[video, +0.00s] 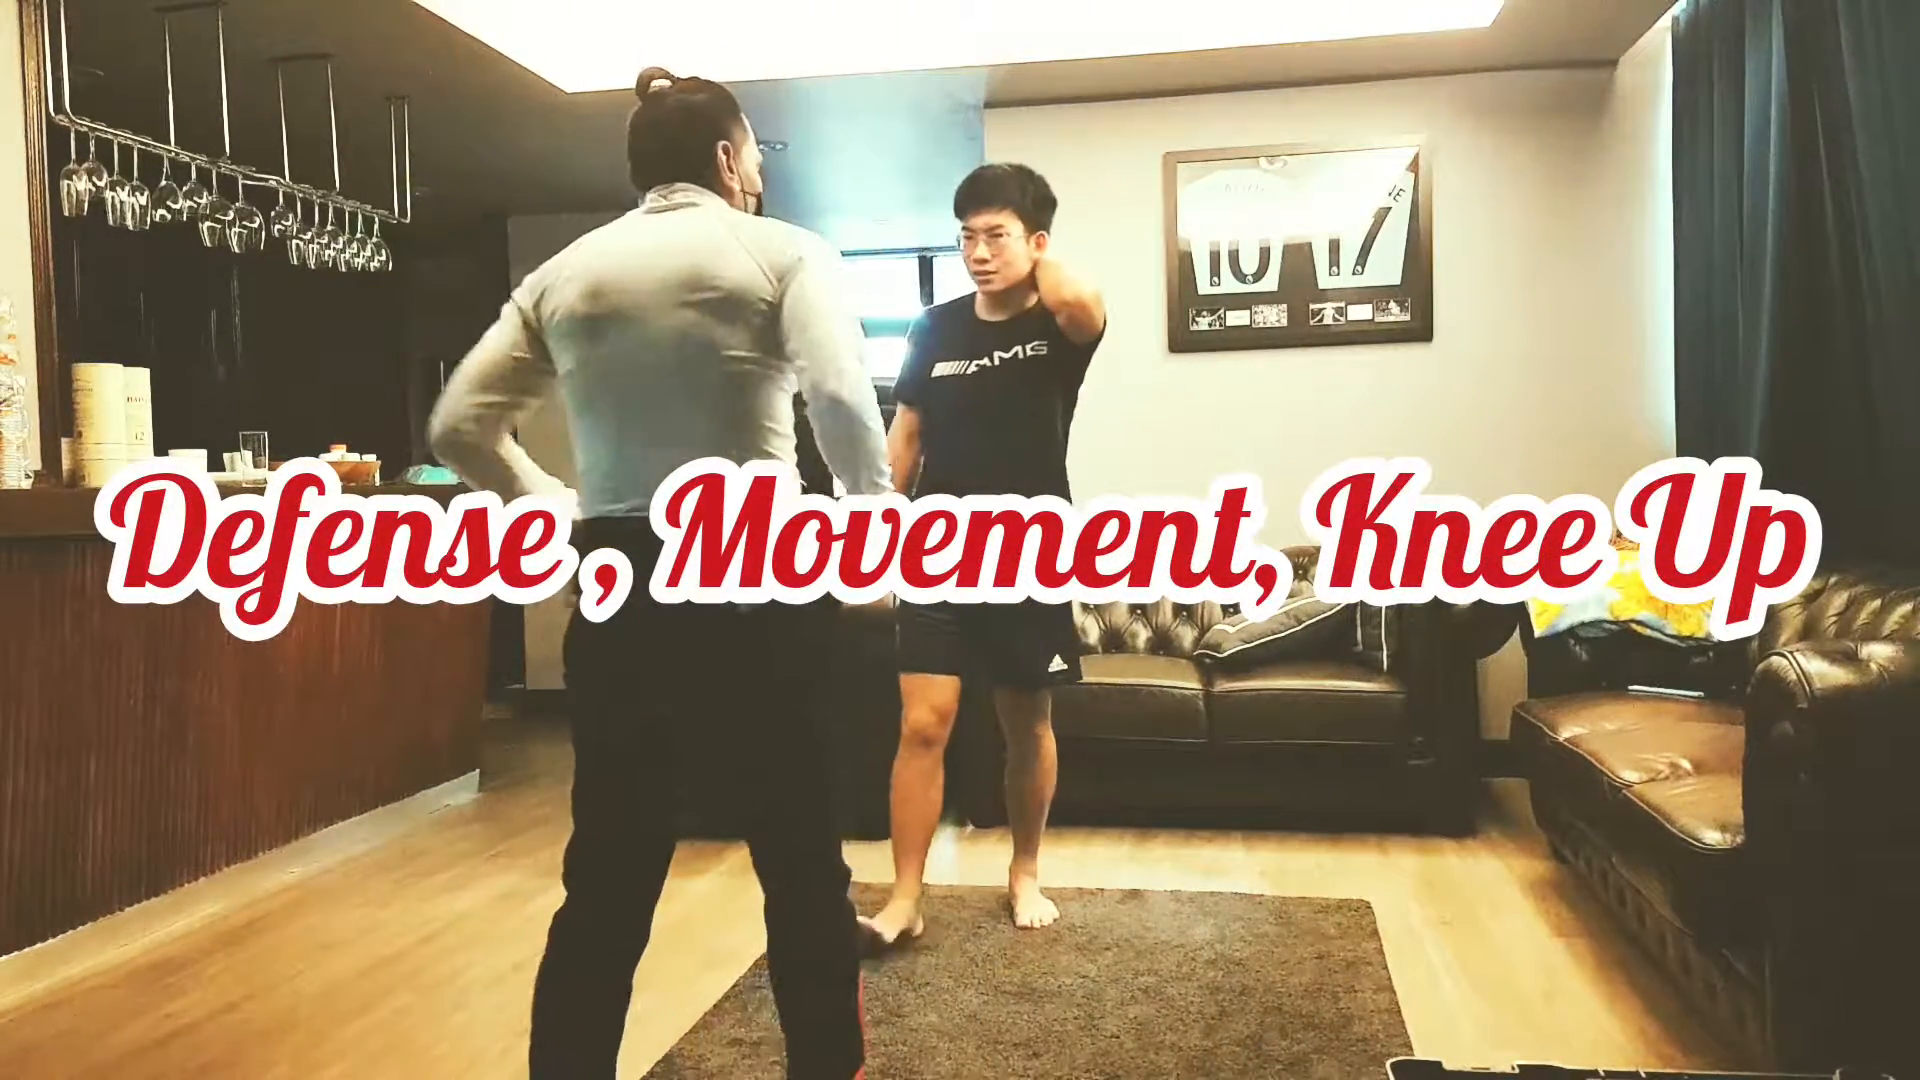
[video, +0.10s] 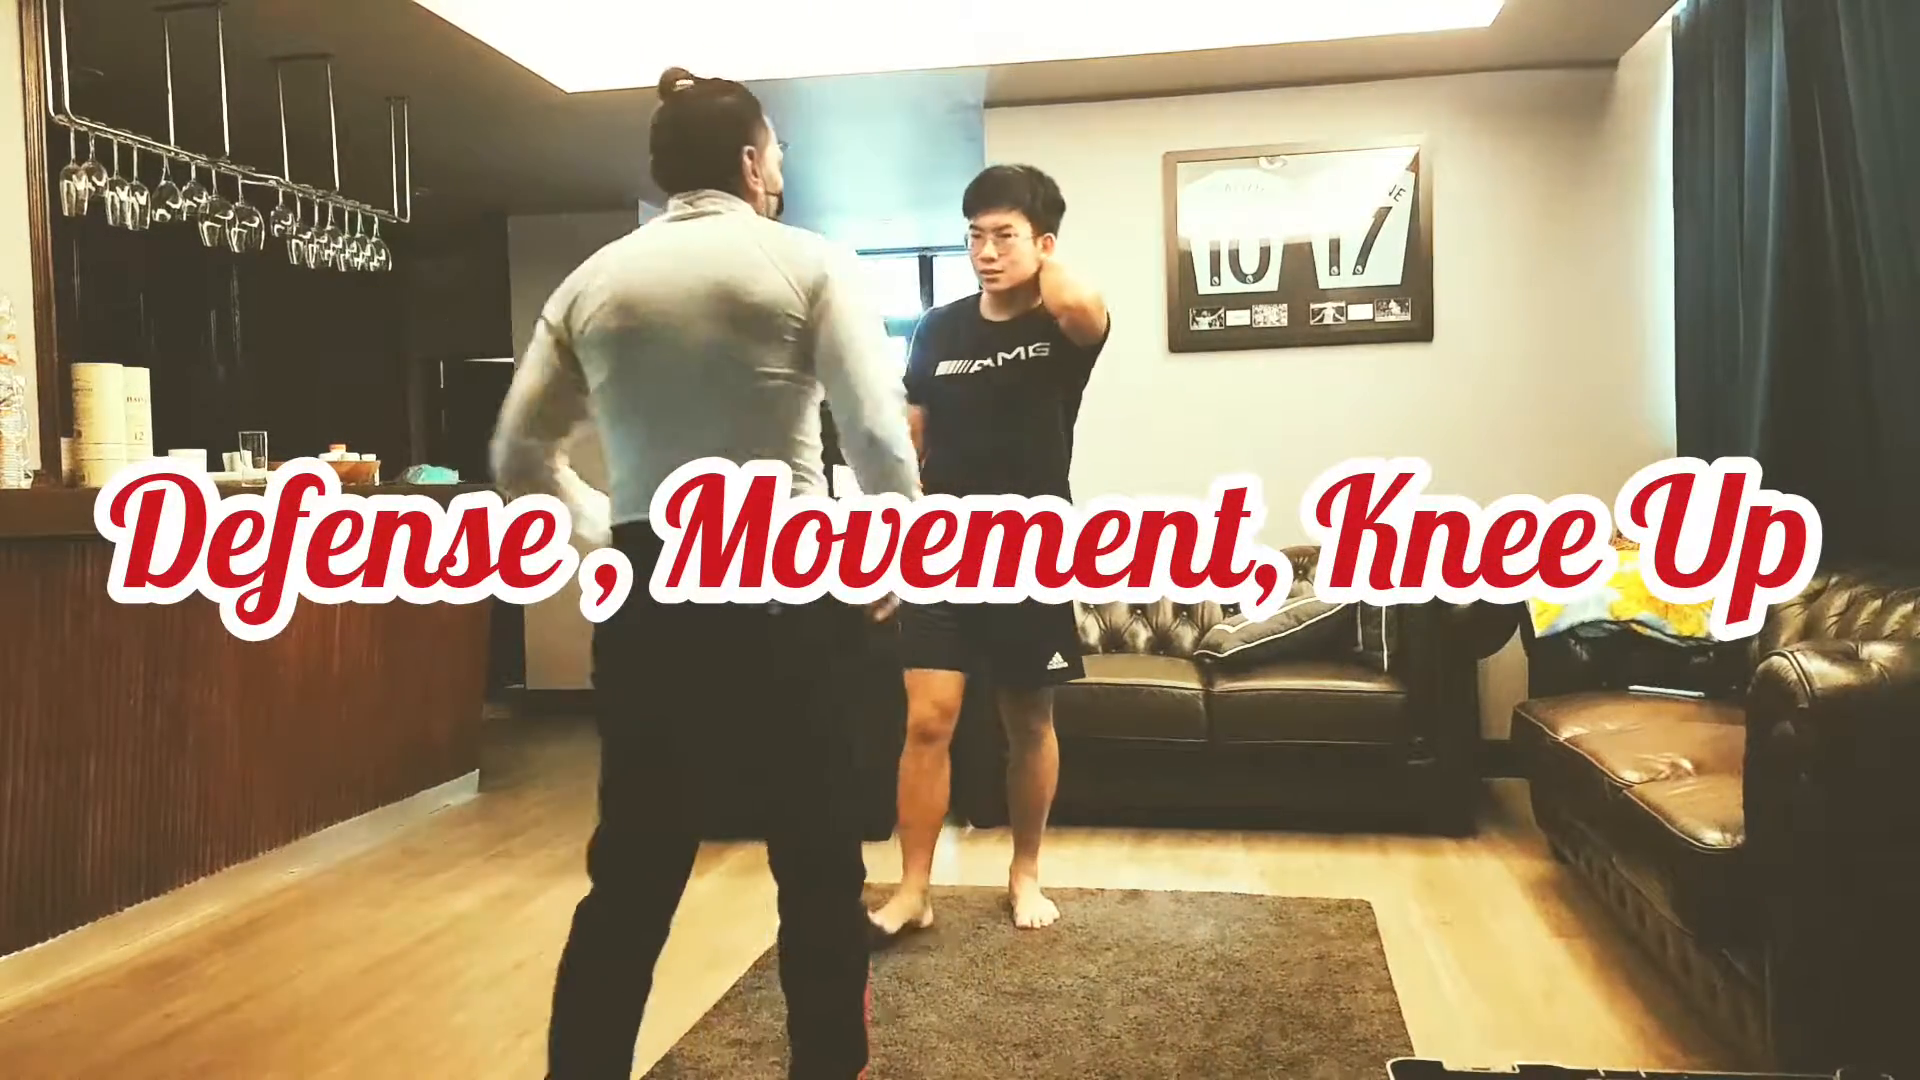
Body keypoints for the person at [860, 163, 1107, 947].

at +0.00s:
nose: (978, 250)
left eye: (995, 234)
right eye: (968, 237)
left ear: (1037, 240)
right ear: (959, 242)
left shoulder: (1063, 325)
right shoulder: (938, 325)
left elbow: (1081, 310)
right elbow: (905, 438)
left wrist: (1046, 271)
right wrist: (877, 532)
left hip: (1030, 555)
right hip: (935, 551)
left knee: (1028, 727)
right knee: (923, 724)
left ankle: (1025, 875)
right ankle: (904, 895)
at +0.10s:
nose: (986, 250)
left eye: (1003, 234)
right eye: (976, 236)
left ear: (1044, 242)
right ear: (967, 242)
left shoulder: (1069, 328)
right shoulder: (940, 328)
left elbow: (1084, 316)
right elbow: (910, 436)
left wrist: (1050, 276)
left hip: (1031, 559)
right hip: (940, 555)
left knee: (1030, 722)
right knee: (928, 719)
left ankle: (1025, 874)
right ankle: (912, 887)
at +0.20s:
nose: (986, 250)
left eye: (1003, 235)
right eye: (976, 236)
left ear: (1045, 243)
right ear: (967, 243)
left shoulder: (1073, 331)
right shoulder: (935, 333)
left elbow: (1076, 311)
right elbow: (897, 436)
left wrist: (1046, 265)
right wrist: (892, 562)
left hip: (1033, 557)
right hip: (943, 554)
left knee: (1029, 721)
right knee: (931, 716)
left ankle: (1025, 877)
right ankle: (929, 877)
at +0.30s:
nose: (982, 251)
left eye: (999, 236)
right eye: (972, 237)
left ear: (1042, 243)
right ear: (964, 245)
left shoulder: (1070, 332)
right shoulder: (934, 334)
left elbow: (1073, 313)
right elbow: (900, 445)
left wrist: (1044, 270)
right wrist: (893, 539)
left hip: (1029, 559)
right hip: (941, 557)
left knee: (1028, 719)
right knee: (937, 711)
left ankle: (1026, 874)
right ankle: (948, 859)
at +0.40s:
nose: (980, 252)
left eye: (996, 238)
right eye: (970, 239)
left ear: (1038, 245)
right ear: (960, 248)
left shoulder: (1062, 331)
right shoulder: (932, 336)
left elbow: (1072, 314)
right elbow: (893, 428)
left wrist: (1046, 276)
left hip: (1028, 551)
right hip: (943, 549)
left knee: (1024, 714)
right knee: (939, 702)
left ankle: (1026, 873)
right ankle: (968, 829)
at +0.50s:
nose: (972, 257)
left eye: (988, 242)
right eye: (963, 244)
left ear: (1028, 249)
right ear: (953, 254)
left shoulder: (1051, 332)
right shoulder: (931, 338)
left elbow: (1067, 319)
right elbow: (885, 412)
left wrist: (1039, 281)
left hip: (1024, 544)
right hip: (945, 543)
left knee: (1016, 709)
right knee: (941, 701)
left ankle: (1026, 871)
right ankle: (980, 816)